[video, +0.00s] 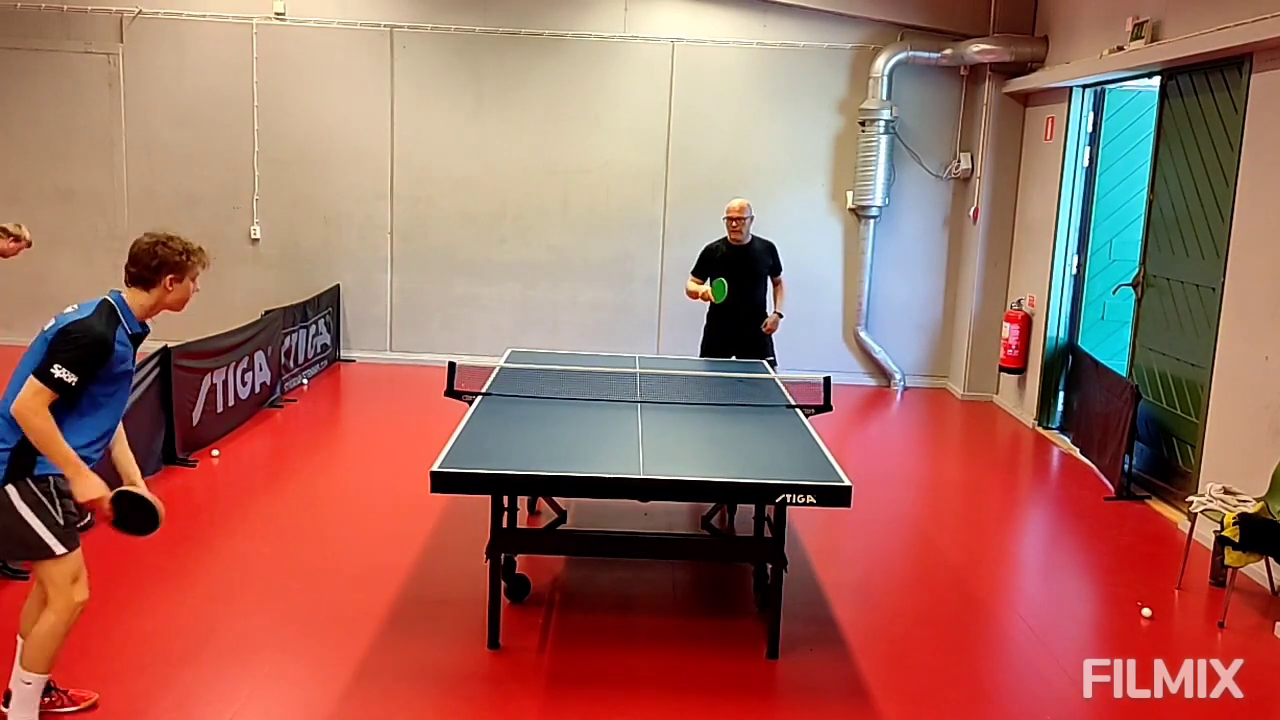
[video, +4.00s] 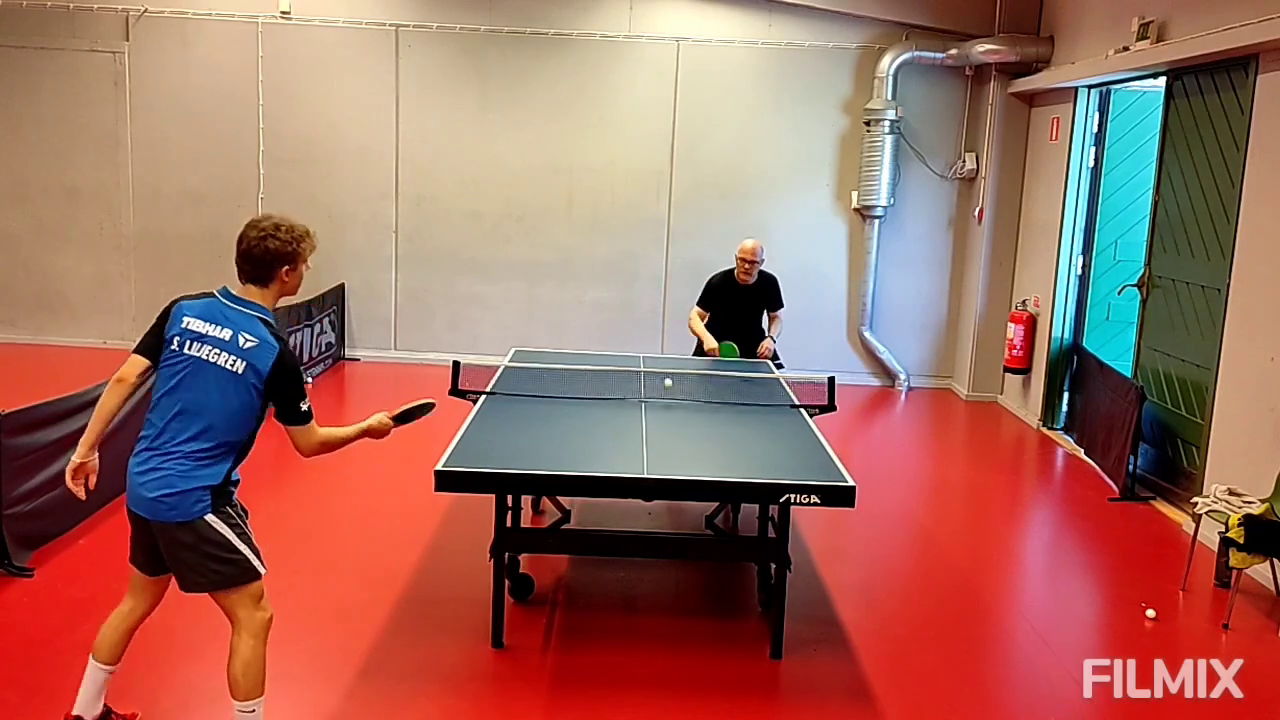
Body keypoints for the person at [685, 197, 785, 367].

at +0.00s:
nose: (734, 224)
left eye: (739, 220)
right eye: (730, 220)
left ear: (751, 221)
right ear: (724, 221)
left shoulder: (766, 250)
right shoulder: (712, 251)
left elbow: (777, 283)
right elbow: (691, 285)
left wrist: (778, 313)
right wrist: (701, 290)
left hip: (754, 334)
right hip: (718, 334)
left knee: (763, 390)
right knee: (710, 387)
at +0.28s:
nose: (758, 227)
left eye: (764, 223)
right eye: (754, 222)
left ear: (776, 226)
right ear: (749, 224)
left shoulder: (789, 256)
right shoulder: (735, 254)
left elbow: (801, 291)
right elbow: (715, 284)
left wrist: (793, 321)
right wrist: (719, 295)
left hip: (772, 337)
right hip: (737, 336)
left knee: (786, 389)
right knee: (726, 391)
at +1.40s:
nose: (745, 255)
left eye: (752, 251)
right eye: (741, 248)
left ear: (761, 250)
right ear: (734, 245)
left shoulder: (769, 267)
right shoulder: (717, 269)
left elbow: (778, 299)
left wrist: (772, 326)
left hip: (758, 352)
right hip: (717, 351)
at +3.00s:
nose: (778, 261)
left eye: (784, 257)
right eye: (774, 255)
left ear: (791, 255)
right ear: (766, 248)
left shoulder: (796, 272)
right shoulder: (747, 272)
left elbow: (801, 302)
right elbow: (721, 309)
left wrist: (800, 331)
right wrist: (738, 302)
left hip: (781, 345)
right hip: (744, 345)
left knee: (806, 392)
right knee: (727, 394)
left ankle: (824, 443)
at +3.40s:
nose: (767, 251)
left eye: (773, 248)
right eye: (763, 246)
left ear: (781, 251)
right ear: (757, 246)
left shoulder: (790, 278)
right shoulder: (739, 274)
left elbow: (799, 310)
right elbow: (710, 306)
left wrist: (799, 332)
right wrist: (721, 310)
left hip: (774, 349)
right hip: (735, 346)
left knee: (803, 396)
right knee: (701, 386)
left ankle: (823, 446)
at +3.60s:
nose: (750, 243)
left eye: (756, 240)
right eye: (746, 238)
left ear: (765, 243)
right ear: (740, 237)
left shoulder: (771, 271)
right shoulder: (719, 264)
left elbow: (772, 305)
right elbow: (692, 296)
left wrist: (773, 327)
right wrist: (704, 303)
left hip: (750, 342)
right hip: (714, 340)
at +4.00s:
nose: (747, 266)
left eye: (753, 263)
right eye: (742, 260)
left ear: (761, 263)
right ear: (736, 259)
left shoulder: (769, 283)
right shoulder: (718, 281)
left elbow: (775, 318)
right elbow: (694, 317)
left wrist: (771, 339)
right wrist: (707, 339)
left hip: (752, 350)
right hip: (715, 349)